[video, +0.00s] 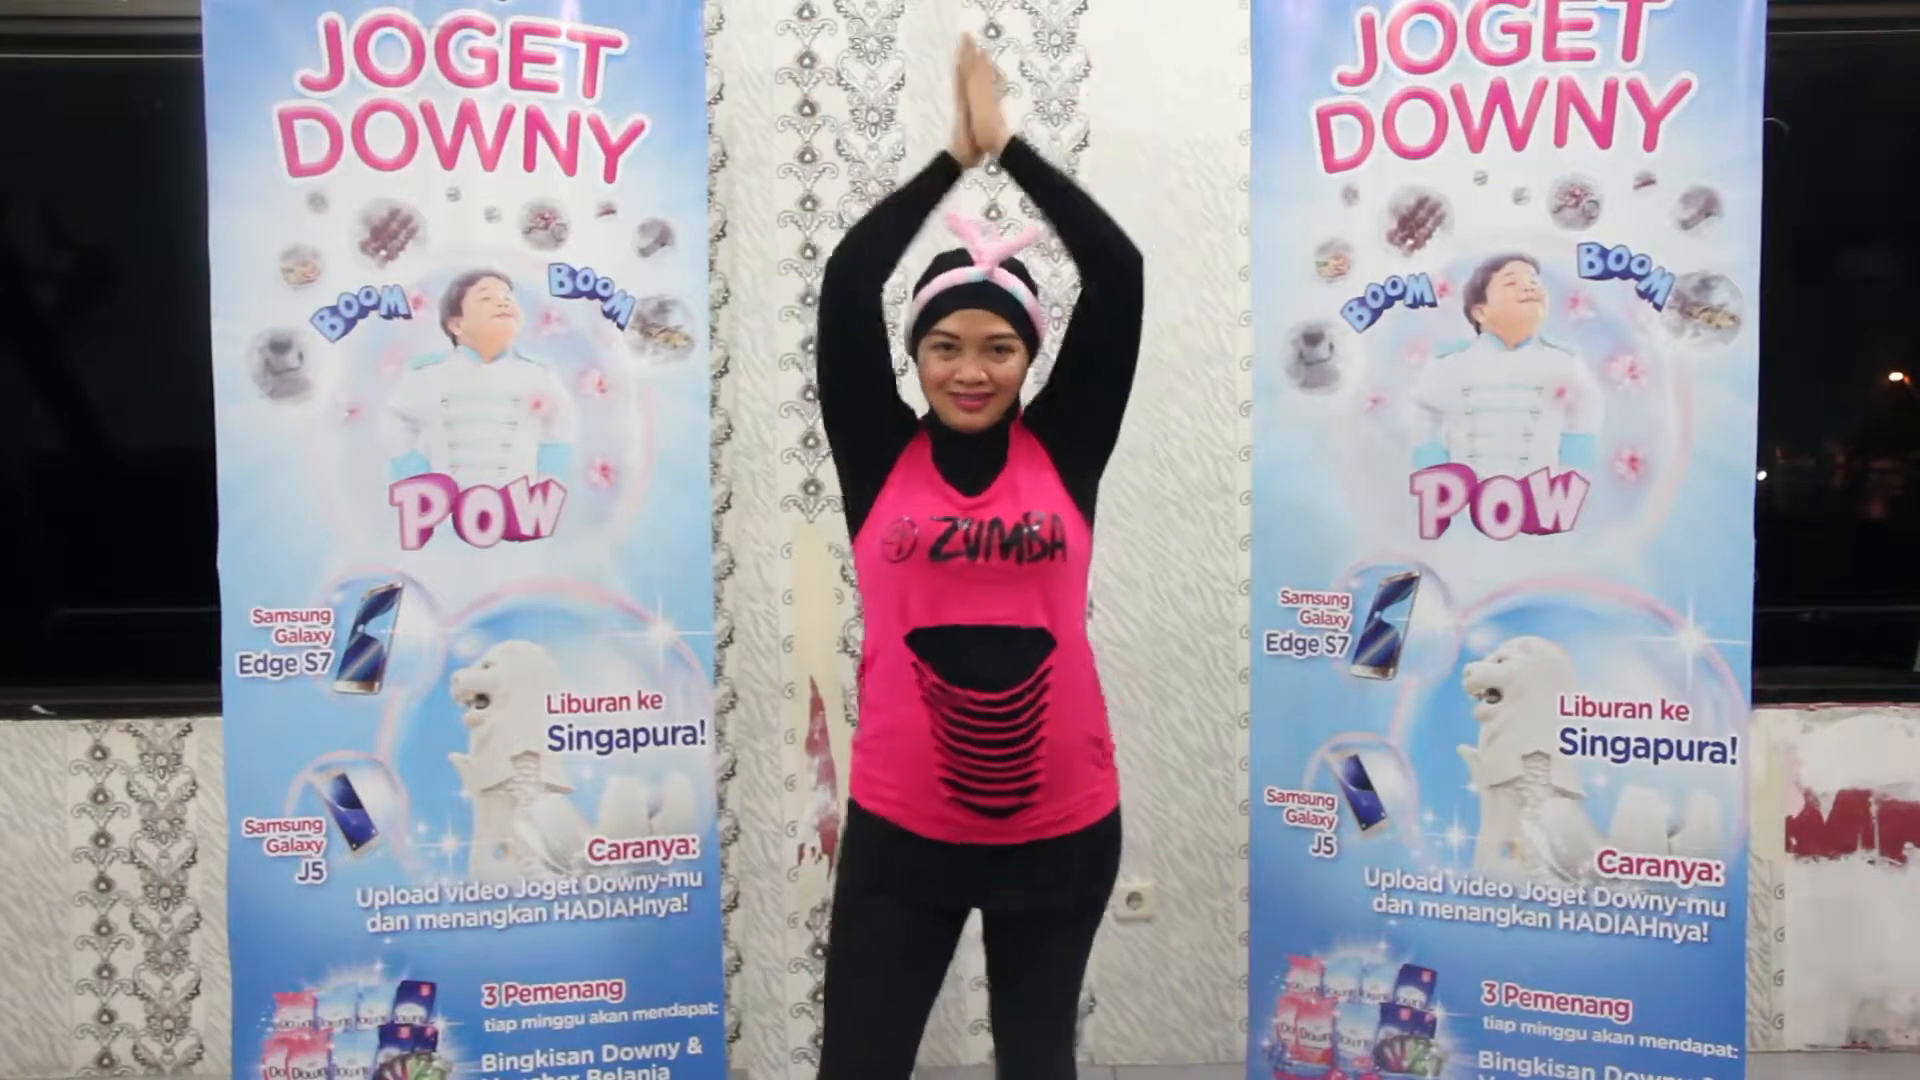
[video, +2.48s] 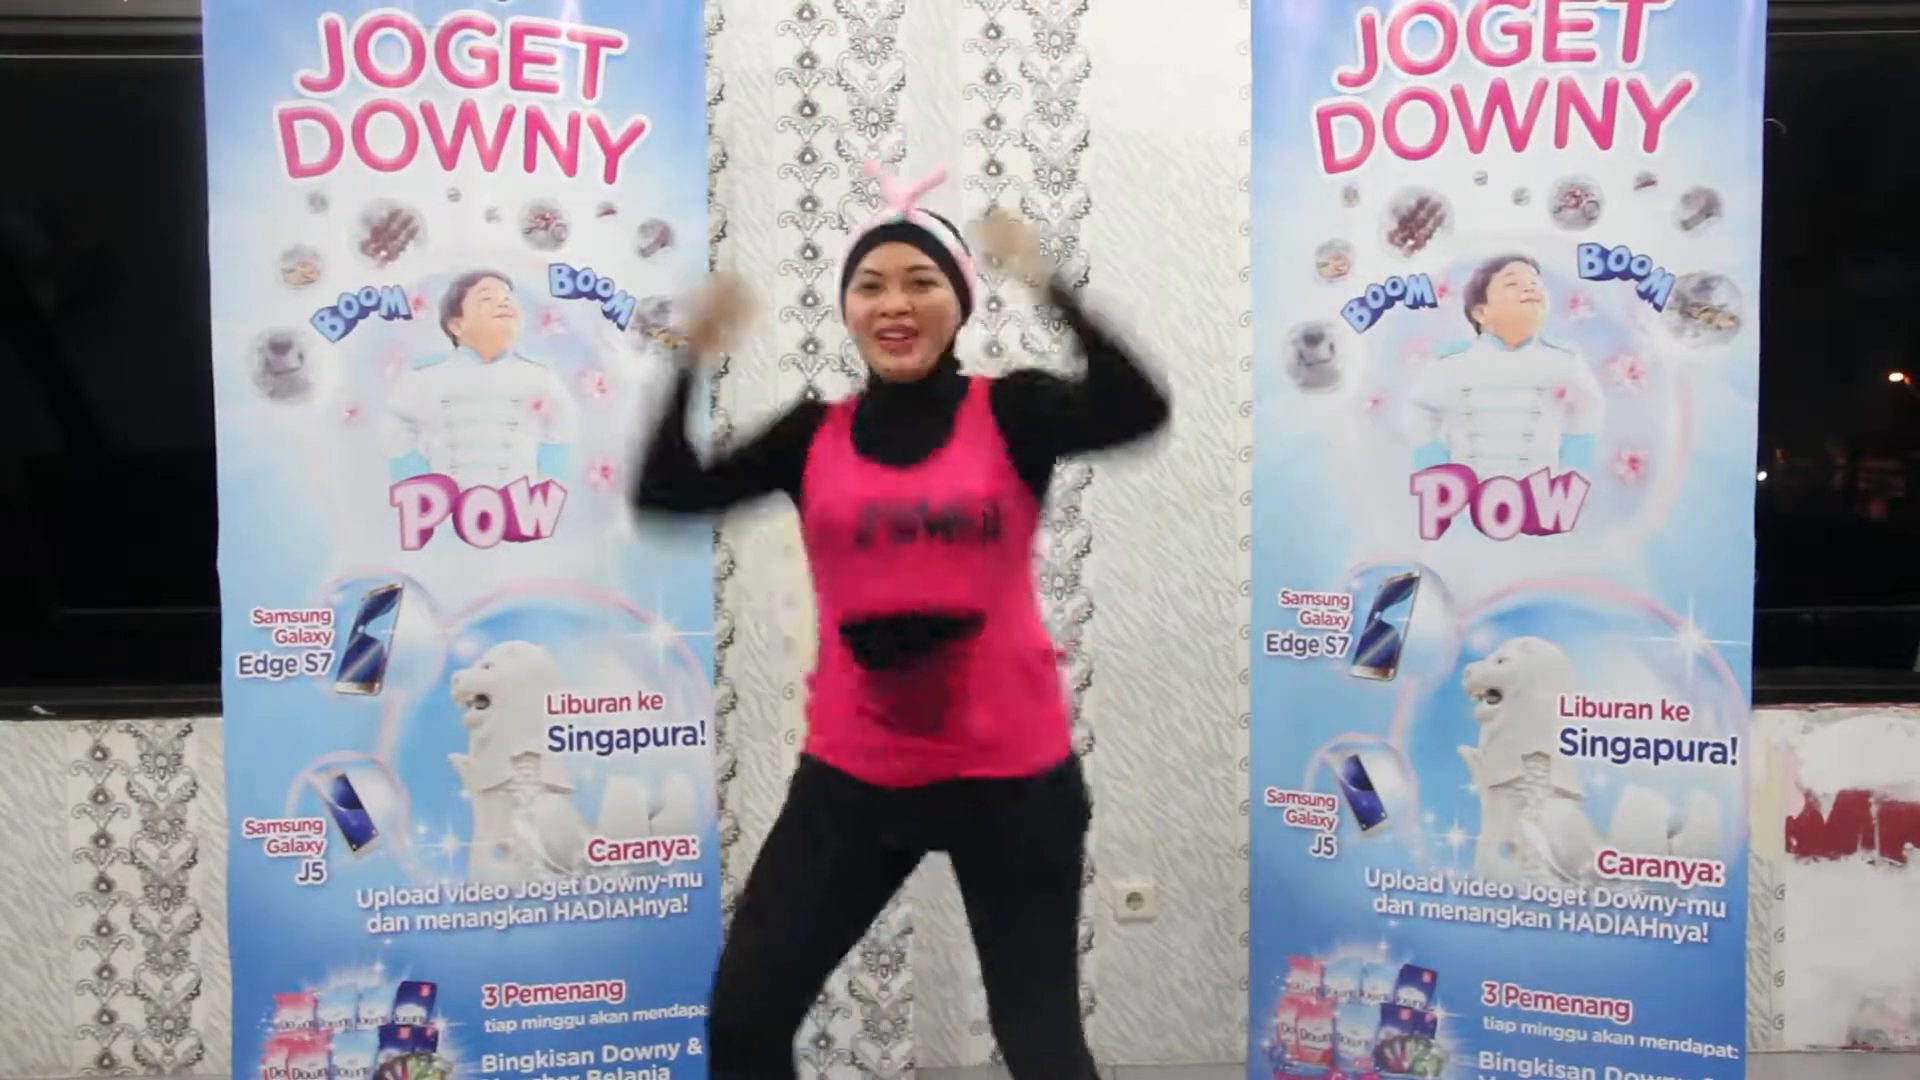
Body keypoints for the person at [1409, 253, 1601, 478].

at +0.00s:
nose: (1528, 286)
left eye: (1534, 281)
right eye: (1510, 282)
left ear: (1545, 299)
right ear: (1479, 311)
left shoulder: (1564, 364)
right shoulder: (1446, 366)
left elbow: (1581, 432)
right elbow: (1419, 419)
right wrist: (1434, 480)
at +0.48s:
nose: (1529, 286)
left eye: (1534, 280)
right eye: (1510, 283)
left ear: (1545, 299)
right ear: (1479, 311)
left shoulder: (1565, 363)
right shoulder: (1445, 366)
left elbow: (1583, 431)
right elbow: (1414, 421)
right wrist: (1438, 481)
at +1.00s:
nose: (1528, 286)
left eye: (1534, 281)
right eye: (1510, 282)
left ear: (1545, 300)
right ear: (1478, 311)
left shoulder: (1564, 363)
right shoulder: (1446, 367)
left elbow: (1583, 425)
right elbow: (1416, 415)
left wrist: (1566, 487)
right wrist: (1433, 476)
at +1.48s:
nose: (1528, 286)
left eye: (1534, 281)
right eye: (1510, 282)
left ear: (1545, 300)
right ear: (1478, 311)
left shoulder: (1563, 363)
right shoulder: (1445, 366)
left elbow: (1584, 421)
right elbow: (1414, 416)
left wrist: (1567, 484)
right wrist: (1436, 476)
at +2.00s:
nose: (1528, 286)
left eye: (1534, 281)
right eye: (1510, 283)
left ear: (1545, 300)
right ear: (1479, 311)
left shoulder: (1564, 363)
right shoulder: (1445, 366)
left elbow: (1583, 425)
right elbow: (1417, 420)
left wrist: (1567, 487)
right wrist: (1435, 479)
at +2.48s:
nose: (1529, 286)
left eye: (1535, 281)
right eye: (1510, 283)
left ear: (1545, 300)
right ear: (1479, 311)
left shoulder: (1564, 363)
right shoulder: (1446, 366)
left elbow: (1584, 421)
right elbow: (1417, 417)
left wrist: (1567, 484)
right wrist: (1435, 477)